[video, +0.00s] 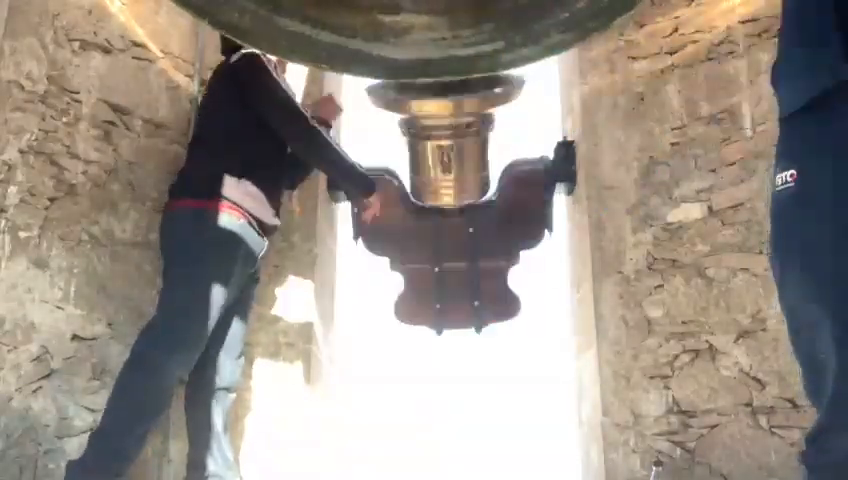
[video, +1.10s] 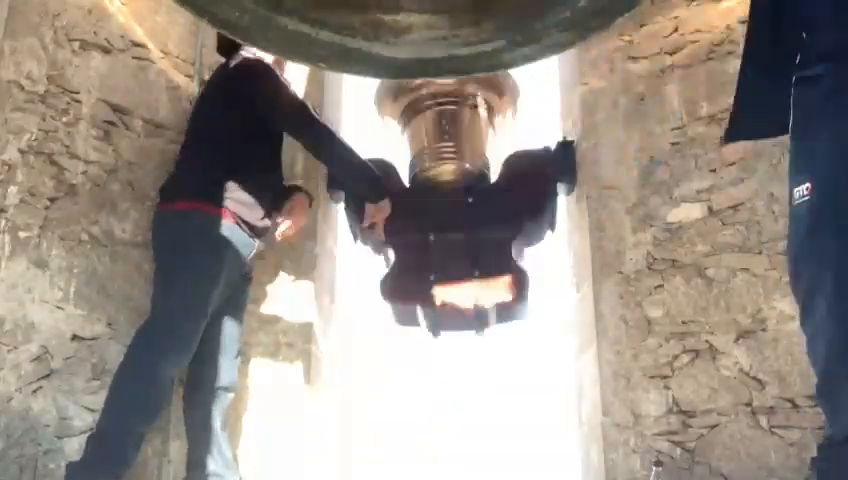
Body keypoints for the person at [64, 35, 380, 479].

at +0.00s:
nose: (285, 62)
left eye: (288, 56)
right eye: (280, 51)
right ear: (260, 45)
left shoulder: (271, 102)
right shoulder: (247, 66)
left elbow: (283, 179)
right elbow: (298, 129)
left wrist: (317, 129)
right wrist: (362, 185)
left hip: (247, 240)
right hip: (214, 221)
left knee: (219, 381)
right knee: (173, 351)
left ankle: (215, 473)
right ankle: (95, 470)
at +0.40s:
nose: (300, 67)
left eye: (304, 60)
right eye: (296, 55)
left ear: (299, 68)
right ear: (277, 49)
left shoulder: (273, 108)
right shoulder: (254, 67)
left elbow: (302, 168)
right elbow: (299, 138)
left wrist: (369, 168)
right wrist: (372, 150)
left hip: (243, 244)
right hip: (208, 223)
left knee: (220, 379)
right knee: (176, 349)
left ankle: (214, 473)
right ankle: (94, 470)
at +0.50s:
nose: (299, 67)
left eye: (301, 63)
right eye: (296, 57)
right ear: (278, 51)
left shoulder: (269, 121)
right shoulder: (251, 67)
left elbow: (311, 180)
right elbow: (319, 117)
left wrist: (375, 212)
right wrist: (375, 109)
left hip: (235, 244)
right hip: (203, 222)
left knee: (216, 378)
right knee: (170, 351)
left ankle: (213, 473)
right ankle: (93, 471)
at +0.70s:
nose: (296, 57)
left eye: (300, 50)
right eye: (291, 48)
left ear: (285, 60)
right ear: (272, 47)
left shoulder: (275, 110)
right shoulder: (244, 73)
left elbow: (303, 178)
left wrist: (353, 234)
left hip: (237, 241)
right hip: (204, 224)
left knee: (215, 383)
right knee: (163, 360)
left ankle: (213, 472)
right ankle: (93, 471)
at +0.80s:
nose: (308, 73)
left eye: (311, 67)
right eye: (304, 63)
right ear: (282, 47)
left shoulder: (273, 111)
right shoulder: (240, 64)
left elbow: (281, 186)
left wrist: (309, 254)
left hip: (237, 242)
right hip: (205, 221)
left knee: (215, 380)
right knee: (170, 354)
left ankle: (213, 472)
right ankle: (97, 470)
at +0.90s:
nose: (298, 73)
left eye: (303, 66)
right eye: (296, 60)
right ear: (274, 49)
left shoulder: (268, 105)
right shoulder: (244, 71)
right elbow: (297, 126)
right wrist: (365, 116)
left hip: (239, 242)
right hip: (207, 223)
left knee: (218, 383)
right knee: (171, 352)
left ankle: (216, 473)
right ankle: (101, 469)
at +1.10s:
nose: (291, 64)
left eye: (294, 58)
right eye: (288, 54)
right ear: (268, 47)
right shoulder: (250, 72)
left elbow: (260, 181)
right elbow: (311, 130)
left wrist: (299, 196)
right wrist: (373, 190)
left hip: (239, 242)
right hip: (206, 224)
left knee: (216, 383)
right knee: (162, 354)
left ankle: (215, 473)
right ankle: (96, 470)